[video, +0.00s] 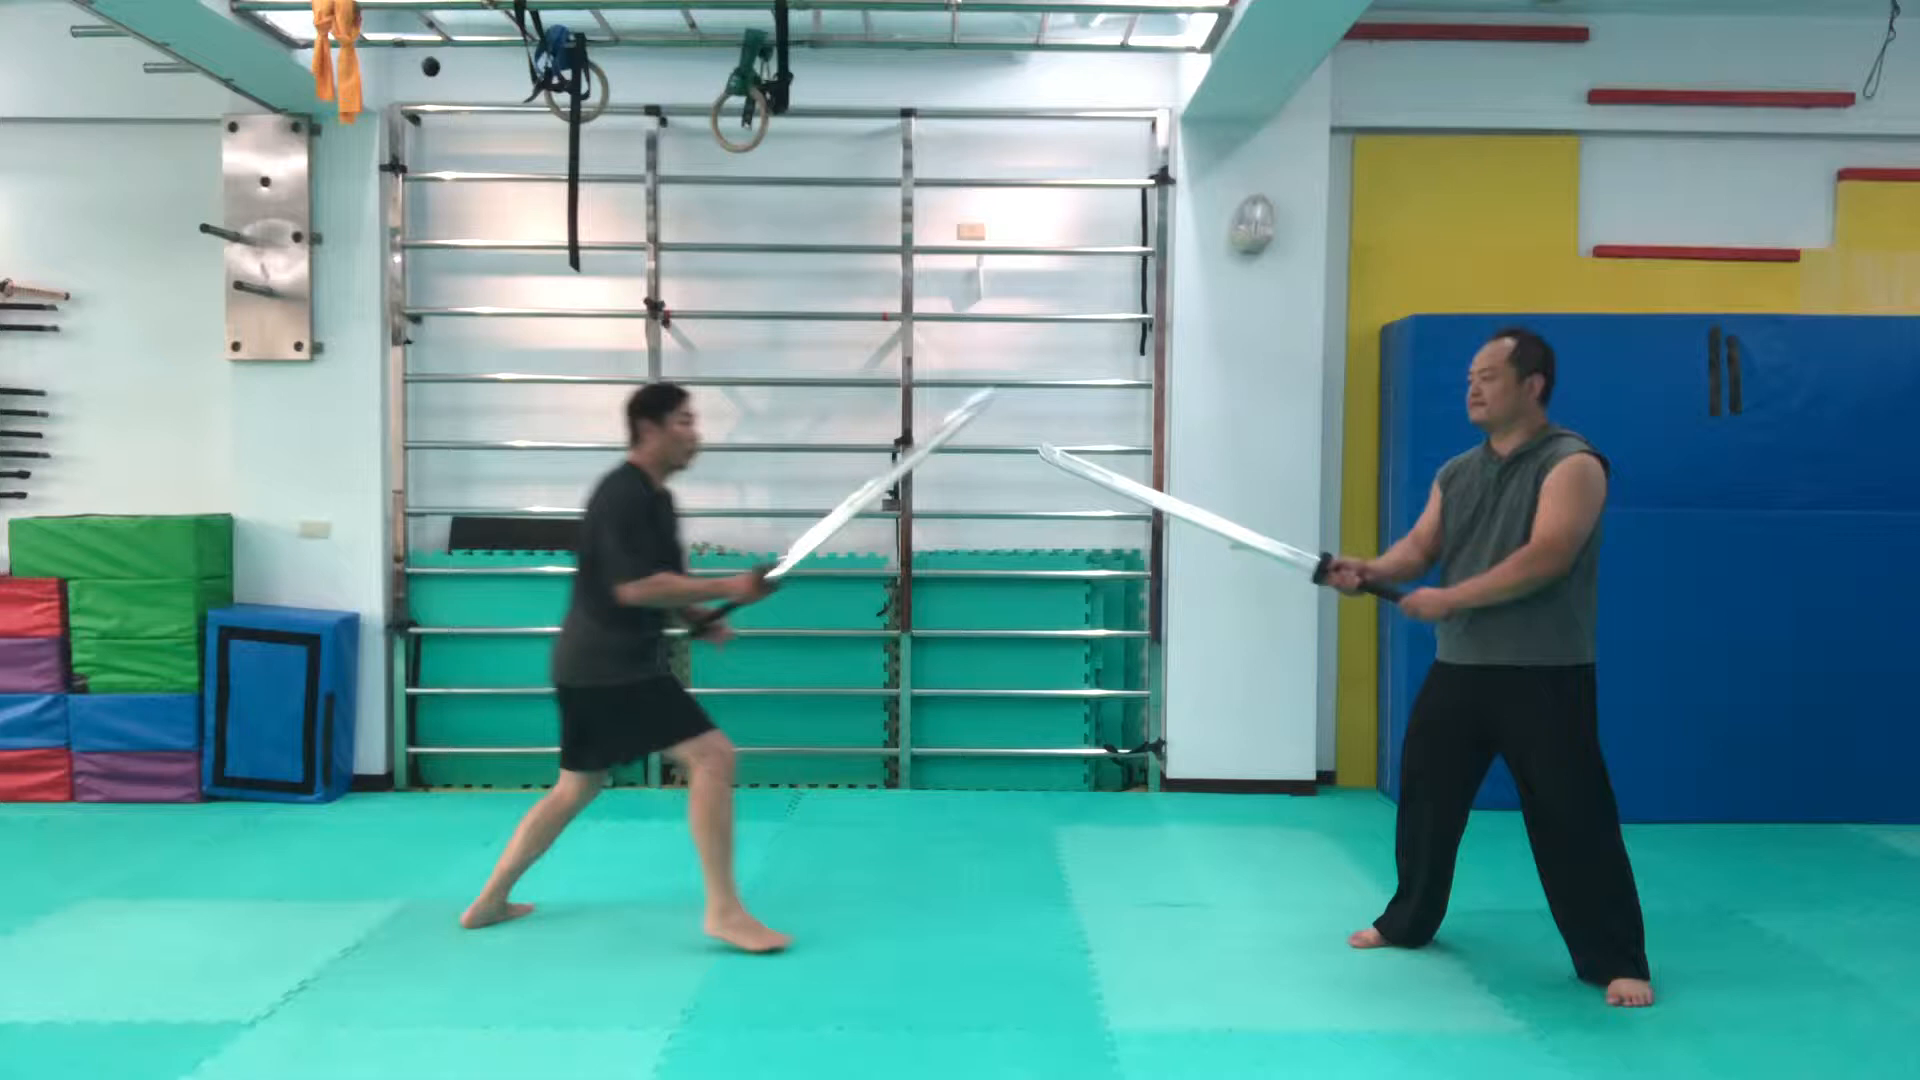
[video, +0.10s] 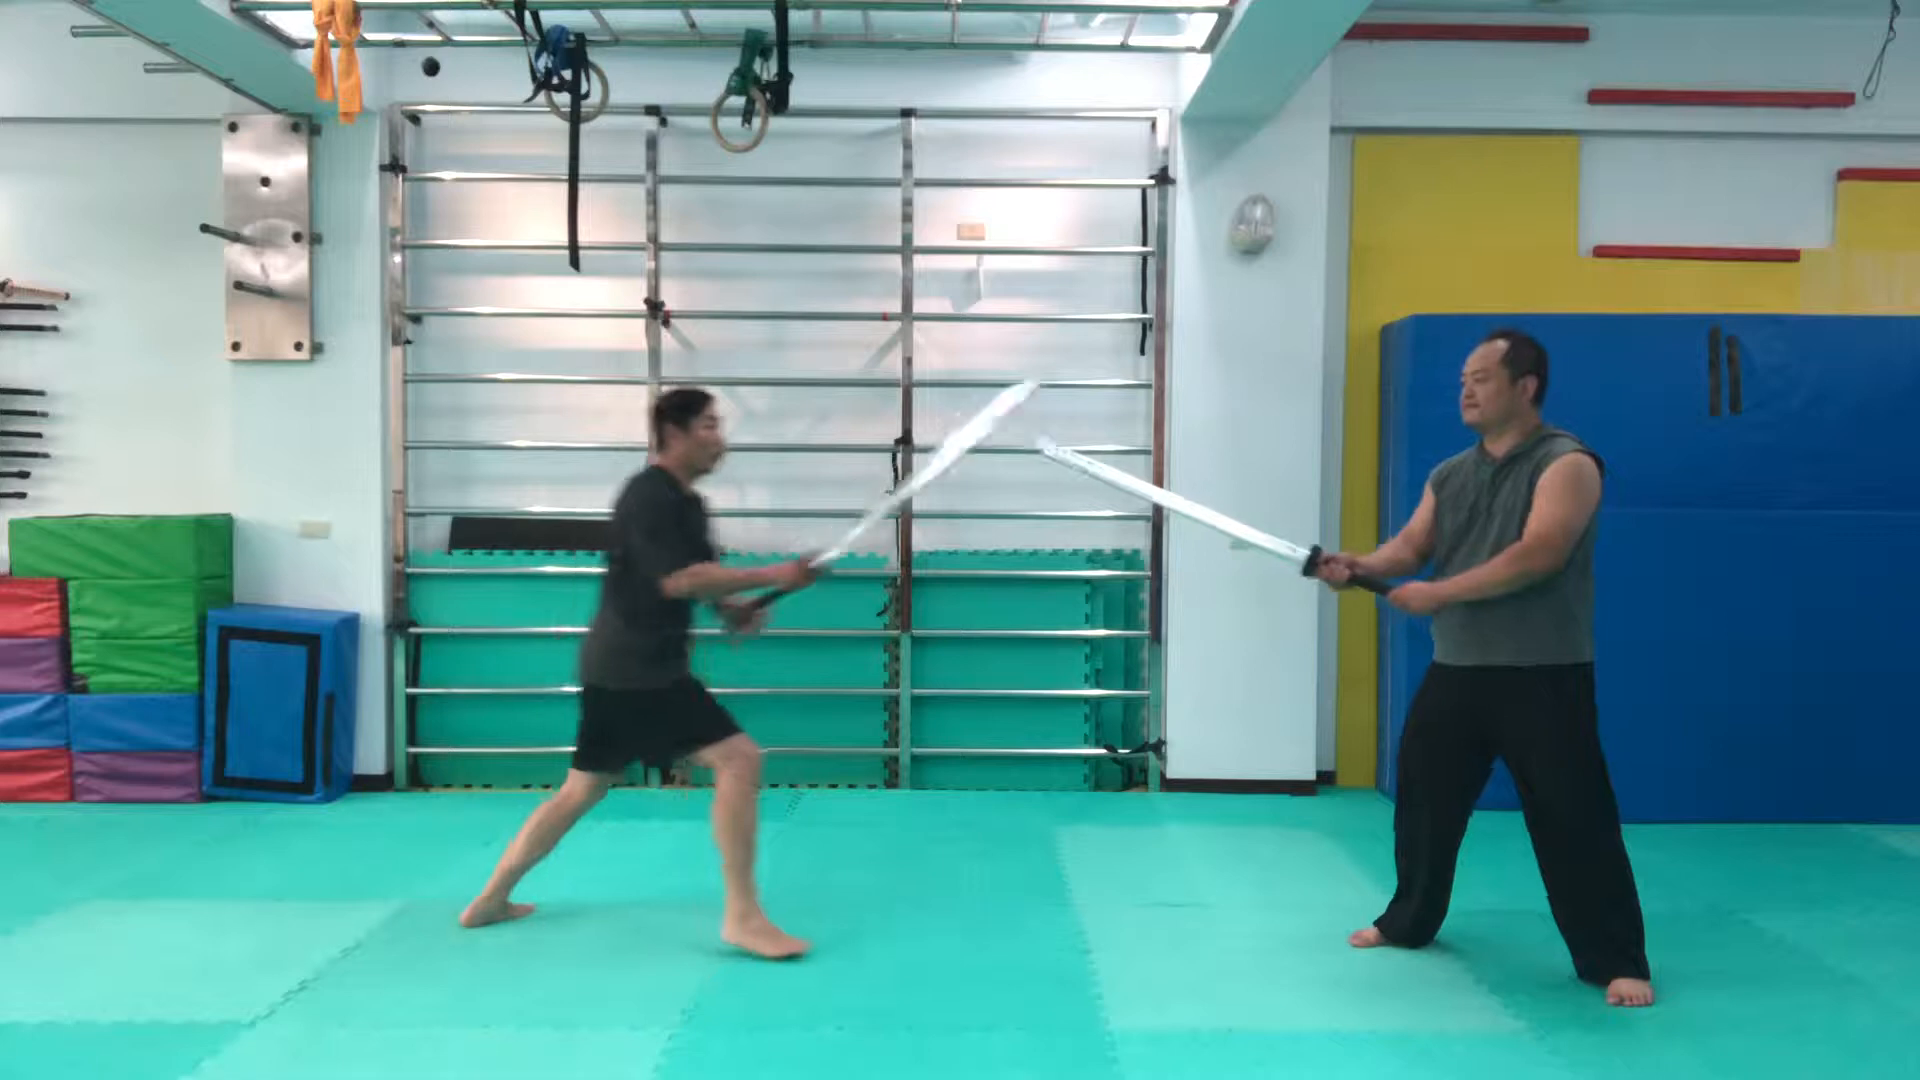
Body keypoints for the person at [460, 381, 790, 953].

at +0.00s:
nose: (696, 433)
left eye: (694, 422)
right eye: (685, 422)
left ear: (654, 433)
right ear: (648, 429)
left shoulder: (650, 494)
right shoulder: (626, 492)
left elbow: (651, 580)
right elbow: (631, 586)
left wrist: (694, 616)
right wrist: (727, 588)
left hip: (591, 669)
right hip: (616, 670)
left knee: (575, 787)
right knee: (713, 757)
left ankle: (488, 901)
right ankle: (724, 911)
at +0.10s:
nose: (720, 437)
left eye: (718, 426)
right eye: (709, 427)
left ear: (680, 437)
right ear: (673, 434)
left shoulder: (683, 500)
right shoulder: (651, 494)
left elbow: (689, 574)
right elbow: (673, 579)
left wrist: (729, 610)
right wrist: (772, 577)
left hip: (617, 675)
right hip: (642, 676)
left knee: (578, 792)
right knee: (739, 761)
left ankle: (488, 901)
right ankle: (743, 916)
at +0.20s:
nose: (768, 446)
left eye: (766, 435)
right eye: (757, 436)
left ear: (727, 445)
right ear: (723, 443)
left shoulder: (746, 510)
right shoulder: (696, 504)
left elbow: (788, 581)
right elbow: (771, 557)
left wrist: (825, 586)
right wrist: (866, 546)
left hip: (681, 689)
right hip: (694, 690)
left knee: (624, 796)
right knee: (782, 776)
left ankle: (511, 875)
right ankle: (748, 930)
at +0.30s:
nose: (822, 453)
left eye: (820, 443)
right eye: (814, 444)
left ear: (791, 451)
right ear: (784, 451)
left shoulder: (806, 512)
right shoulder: (757, 516)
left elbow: (838, 577)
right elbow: (812, 589)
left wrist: (878, 596)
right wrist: (896, 569)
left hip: (755, 685)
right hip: (741, 687)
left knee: (740, 805)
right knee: (817, 789)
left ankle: (610, 837)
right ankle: (749, 933)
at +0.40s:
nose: (888, 453)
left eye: (884, 442)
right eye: (878, 443)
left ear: (841, 455)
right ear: (845, 453)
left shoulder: (843, 509)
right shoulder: (831, 520)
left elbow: (882, 577)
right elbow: (880, 607)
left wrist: (951, 580)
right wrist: (953, 587)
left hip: (800, 677)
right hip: (790, 683)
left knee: (865, 760)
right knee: (837, 808)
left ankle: (773, 853)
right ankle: (750, 932)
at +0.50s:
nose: (941, 453)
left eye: (938, 441)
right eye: (934, 443)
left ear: (895, 446)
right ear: (904, 447)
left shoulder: (870, 481)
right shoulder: (894, 510)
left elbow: (944, 473)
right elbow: (968, 575)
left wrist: (1004, 486)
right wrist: (1028, 524)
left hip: (860, 660)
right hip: (857, 670)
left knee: (943, 725)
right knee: (883, 801)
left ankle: (978, 855)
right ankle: (775, 903)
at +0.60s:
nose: (988, 464)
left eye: (987, 451)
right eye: (981, 452)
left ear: (941, 452)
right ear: (950, 454)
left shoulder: (911, 488)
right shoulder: (950, 515)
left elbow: (977, 430)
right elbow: (1043, 535)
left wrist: (1042, 425)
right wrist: (1091, 470)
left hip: (917, 668)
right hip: (934, 674)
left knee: (1007, 754)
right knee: (965, 800)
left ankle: (1056, 862)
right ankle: (856, 887)